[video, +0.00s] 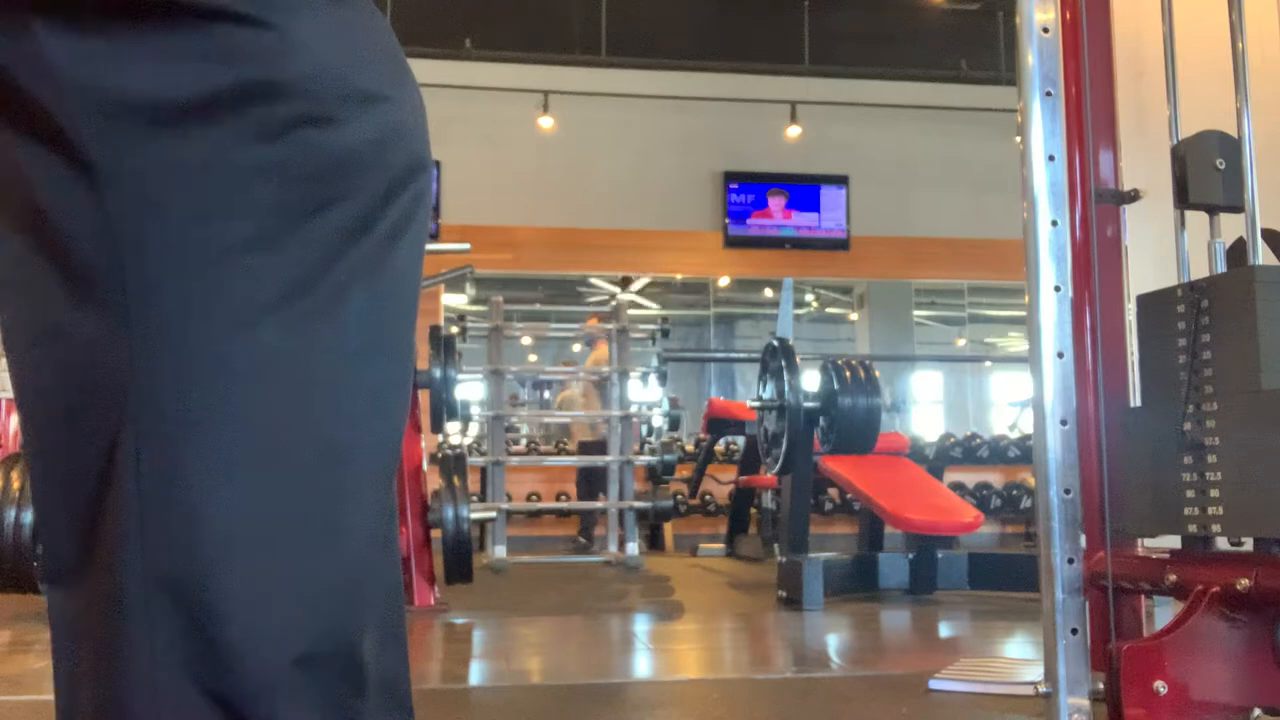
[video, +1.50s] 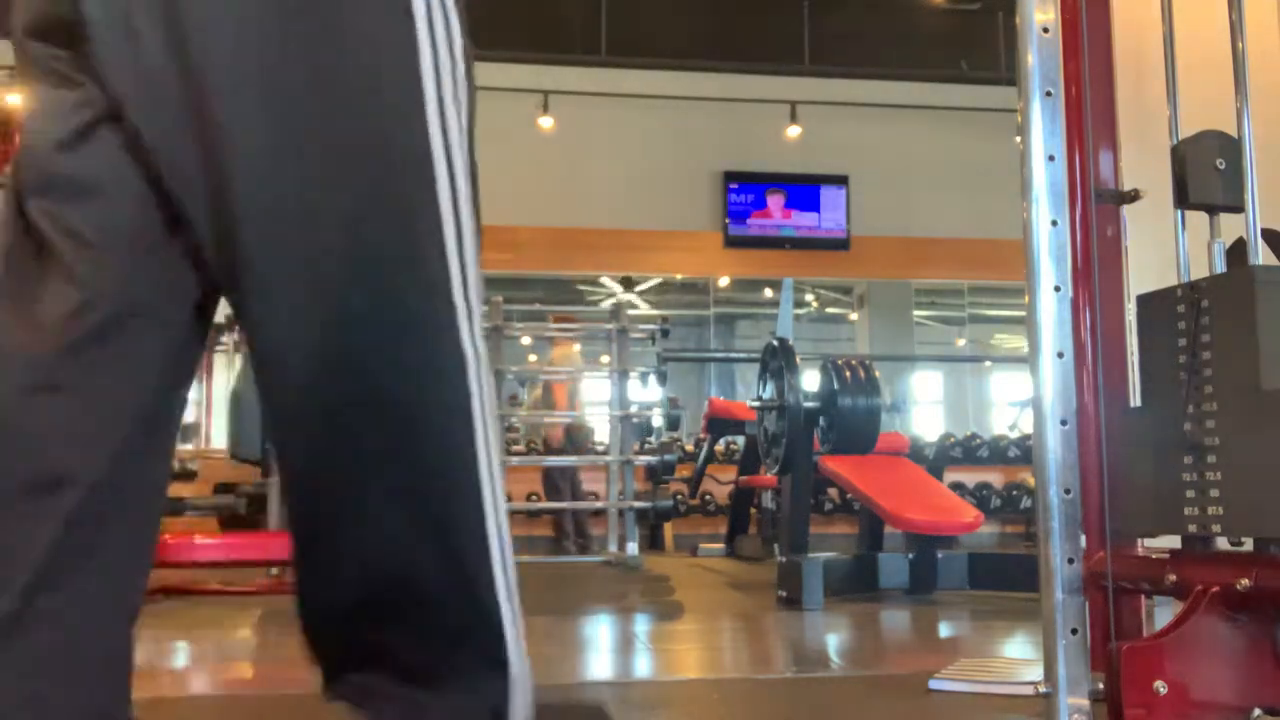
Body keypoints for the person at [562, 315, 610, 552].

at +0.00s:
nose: (586, 336)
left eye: (588, 331)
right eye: (586, 331)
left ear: (596, 332)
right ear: (601, 332)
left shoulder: (598, 356)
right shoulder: (604, 354)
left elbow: (588, 392)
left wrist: (597, 425)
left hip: (593, 434)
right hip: (598, 433)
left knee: (586, 487)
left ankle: (585, 534)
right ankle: (585, 532)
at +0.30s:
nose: (573, 335)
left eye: (576, 331)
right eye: (574, 331)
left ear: (585, 334)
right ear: (586, 335)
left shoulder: (587, 357)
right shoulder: (588, 356)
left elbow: (592, 392)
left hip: (586, 434)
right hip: (585, 433)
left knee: (582, 483)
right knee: (585, 484)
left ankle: (586, 535)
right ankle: (585, 533)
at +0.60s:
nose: (569, 329)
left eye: (573, 325)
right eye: (569, 325)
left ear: (582, 330)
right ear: (579, 331)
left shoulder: (584, 357)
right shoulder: (579, 356)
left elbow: (565, 387)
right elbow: (565, 388)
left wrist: (541, 408)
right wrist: (545, 404)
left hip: (581, 431)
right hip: (573, 431)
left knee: (571, 481)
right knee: (575, 482)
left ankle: (602, 525)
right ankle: (583, 532)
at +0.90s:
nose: (563, 331)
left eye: (567, 326)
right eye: (563, 326)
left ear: (578, 330)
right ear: (573, 330)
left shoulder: (580, 357)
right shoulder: (574, 356)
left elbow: (565, 389)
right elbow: (561, 391)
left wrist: (543, 401)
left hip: (576, 431)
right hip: (570, 430)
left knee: (562, 477)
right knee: (571, 480)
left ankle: (585, 530)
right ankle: (583, 530)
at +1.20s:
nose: (556, 336)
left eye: (560, 332)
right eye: (560, 331)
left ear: (563, 334)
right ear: (574, 335)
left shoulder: (567, 357)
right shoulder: (574, 355)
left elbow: (571, 393)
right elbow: (573, 395)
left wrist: (580, 427)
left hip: (563, 433)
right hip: (573, 432)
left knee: (558, 486)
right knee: (579, 486)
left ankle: (566, 540)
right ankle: (585, 538)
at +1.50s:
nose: (553, 335)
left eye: (555, 331)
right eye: (556, 331)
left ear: (557, 333)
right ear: (571, 334)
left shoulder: (558, 358)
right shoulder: (572, 356)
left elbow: (561, 393)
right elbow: (570, 392)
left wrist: (558, 424)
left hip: (561, 427)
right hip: (573, 425)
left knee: (556, 481)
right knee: (570, 480)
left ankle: (566, 539)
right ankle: (583, 536)